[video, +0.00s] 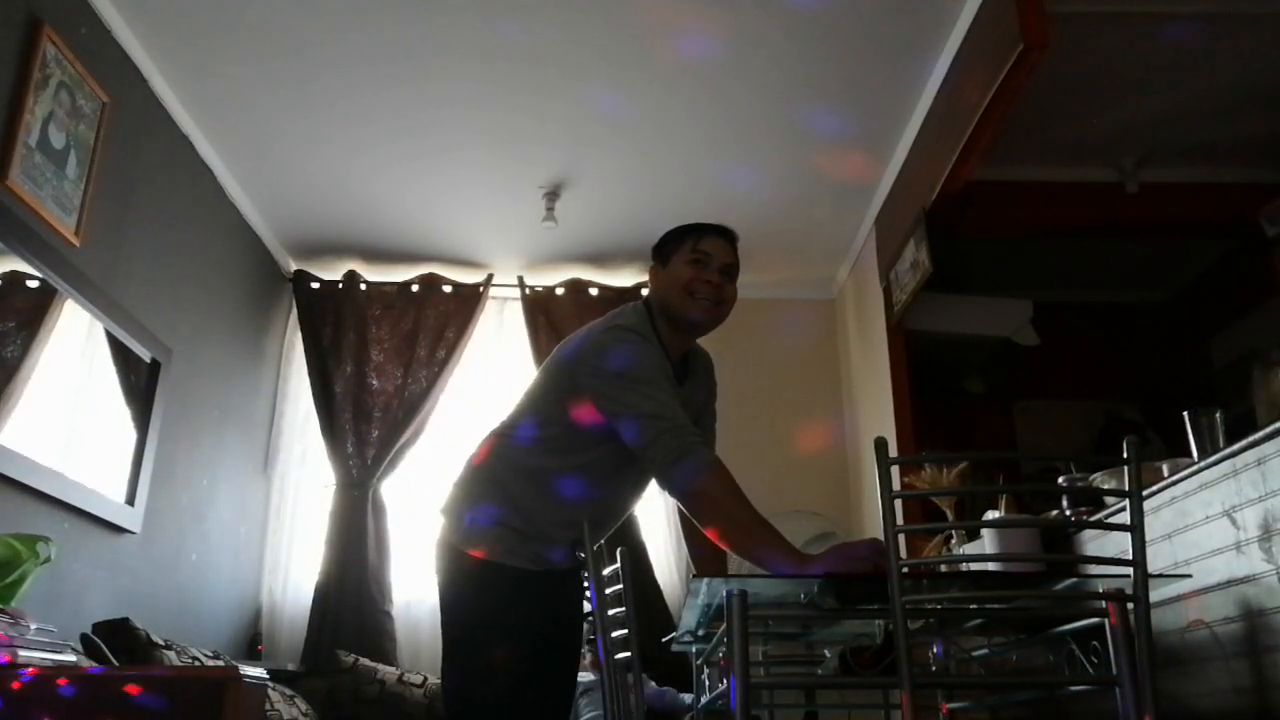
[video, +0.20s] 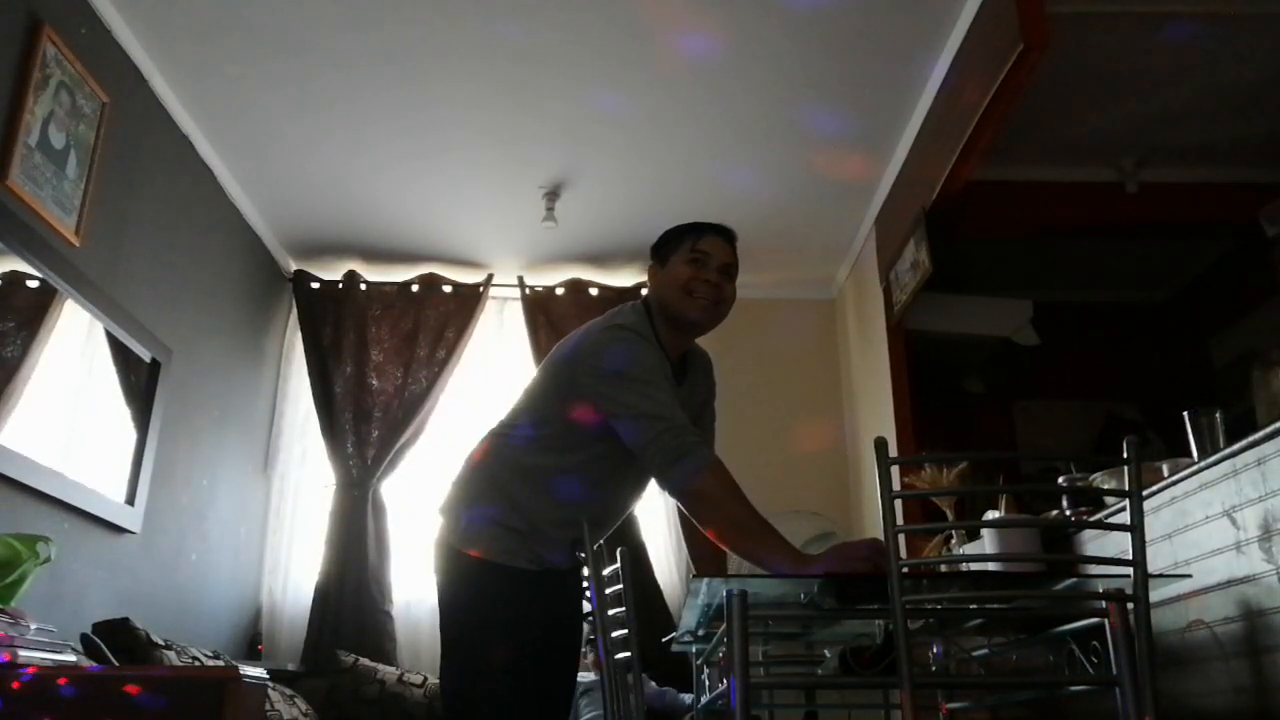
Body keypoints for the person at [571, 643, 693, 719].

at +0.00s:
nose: (597, 658)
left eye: (602, 652)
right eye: (592, 653)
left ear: (613, 655)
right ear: (584, 658)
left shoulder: (630, 679)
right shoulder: (587, 690)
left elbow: (659, 696)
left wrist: (697, 701)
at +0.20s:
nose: (599, 657)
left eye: (604, 651)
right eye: (594, 652)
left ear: (614, 654)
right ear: (586, 658)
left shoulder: (631, 680)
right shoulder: (580, 686)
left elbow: (664, 698)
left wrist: (698, 700)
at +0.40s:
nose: (600, 655)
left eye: (606, 648)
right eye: (594, 649)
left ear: (617, 651)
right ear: (585, 655)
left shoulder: (633, 680)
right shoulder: (581, 686)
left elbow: (670, 700)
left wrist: (699, 700)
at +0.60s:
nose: (600, 656)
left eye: (606, 650)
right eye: (594, 651)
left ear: (616, 653)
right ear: (585, 656)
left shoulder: (634, 682)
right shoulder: (579, 684)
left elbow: (669, 699)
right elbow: (570, 715)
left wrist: (700, 700)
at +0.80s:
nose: (600, 656)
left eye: (606, 650)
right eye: (594, 650)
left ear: (616, 652)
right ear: (585, 656)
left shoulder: (634, 681)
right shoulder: (578, 683)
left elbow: (666, 699)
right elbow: (569, 715)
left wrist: (700, 699)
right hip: (591, 717)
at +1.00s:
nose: (601, 654)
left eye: (605, 649)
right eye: (595, 650)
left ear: (614, 651)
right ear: (585, 656)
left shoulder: (636, 680)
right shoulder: (576, 684)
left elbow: (666, 699)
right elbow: (567, 716)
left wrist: (699, 700)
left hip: (629, 715)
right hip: (593, 716)